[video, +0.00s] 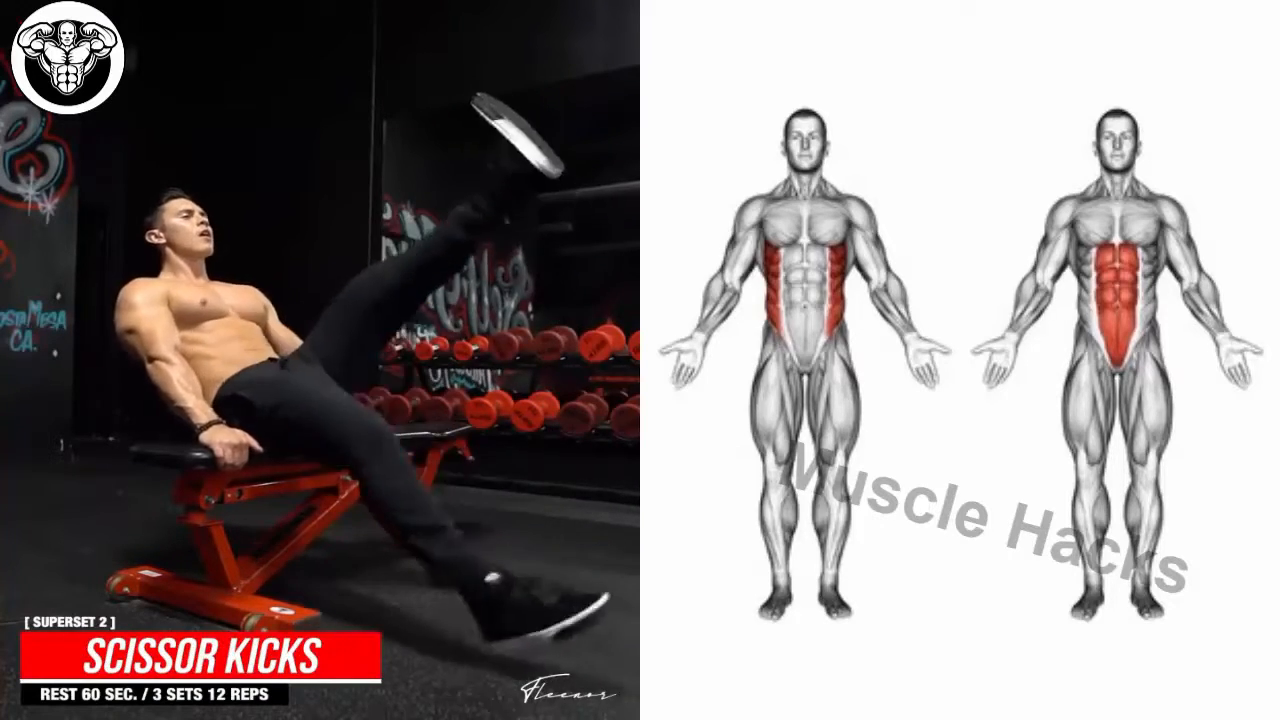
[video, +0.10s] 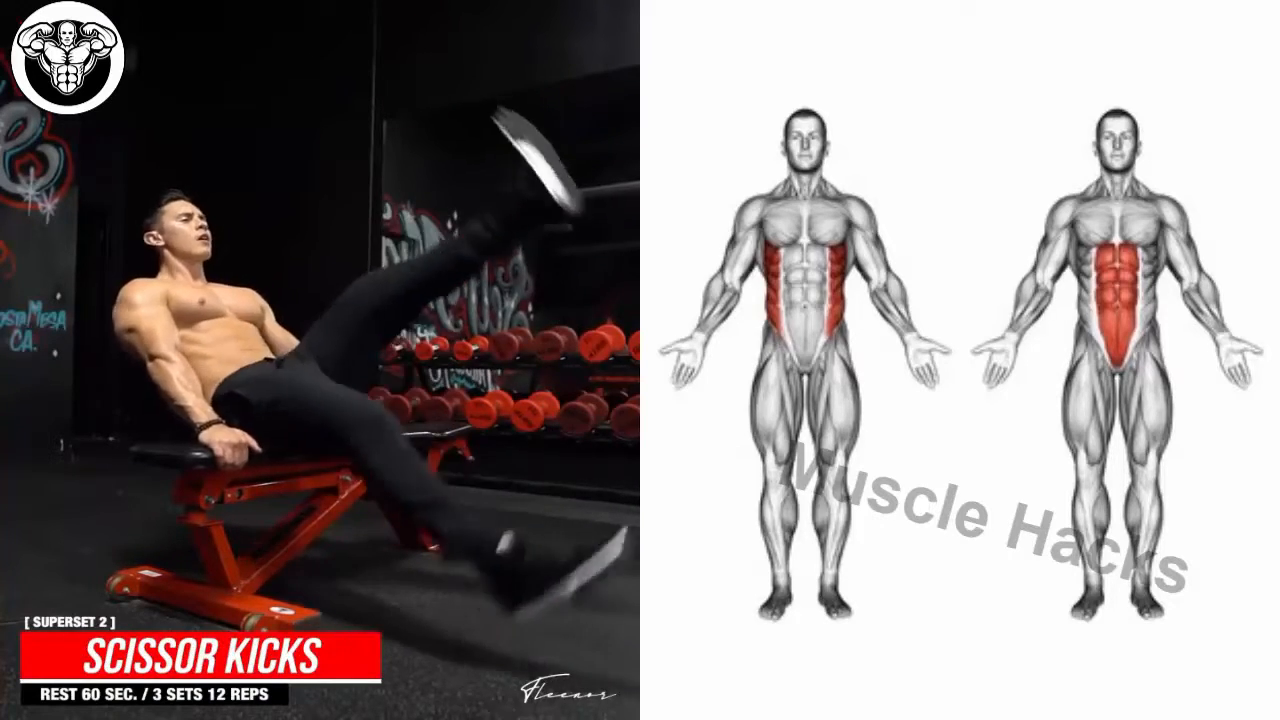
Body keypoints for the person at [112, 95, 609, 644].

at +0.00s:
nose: (203, 221)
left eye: (203, 215)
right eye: (187, 215)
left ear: (206, 235)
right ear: (158, 237)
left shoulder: (246, 294)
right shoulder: (142, 294)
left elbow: (302, 352)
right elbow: (163, 358)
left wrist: (354, 394)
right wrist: (207, 424)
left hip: (302, 370)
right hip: (250, 387)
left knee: (383, 284)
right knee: (371, 438)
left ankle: (502, 188)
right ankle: (490, 591)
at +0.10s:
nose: (202, 226)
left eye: (202, 219)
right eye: (186, 220)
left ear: (203, 237)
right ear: (156, 239)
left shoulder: (246, 297)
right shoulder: (142, 294)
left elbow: (302, 356)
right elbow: (163, 359)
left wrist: (359, 399)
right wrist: (208, 425)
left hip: (297, 373)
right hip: (246, 387)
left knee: (373, 291)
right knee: (368, 419)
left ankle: (520, 214)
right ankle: (501, 561)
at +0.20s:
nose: (200, 235)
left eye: (200, 226)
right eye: (185, 228)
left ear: (202, 238)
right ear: (154, 244)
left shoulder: (241, 299)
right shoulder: (137, 299)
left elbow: (298, 353)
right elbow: (162, 362)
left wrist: (369, 388)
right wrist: (207, 424)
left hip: (294, 377)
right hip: (239, 395)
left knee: (382, 312)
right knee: (368, 383)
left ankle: (539, 285)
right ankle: (534, 461)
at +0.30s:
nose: (201, 241)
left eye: (204, 233)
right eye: (187, 232)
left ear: (207, 243)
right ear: (155, 244)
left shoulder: (244, 299)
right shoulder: (136, 302)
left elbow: (298, 363)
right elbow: (159, 366)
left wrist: (353, 416)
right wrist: (209, 424)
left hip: (294, 394)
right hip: (239, 403)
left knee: (400, 346)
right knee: (367, 350)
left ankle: (566, 362)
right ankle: (560, 354)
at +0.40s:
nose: (207, 242)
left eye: (211, 234)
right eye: (193, 232)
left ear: (215, 243)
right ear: (159, 242)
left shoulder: (247, 297)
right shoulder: (138, 301)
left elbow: (307, 359)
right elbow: (155, 360)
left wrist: (366, 418)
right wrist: (207, 422)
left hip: (306, 402)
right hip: (245, 398)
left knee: (424, 380)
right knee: (347, 312)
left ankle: (577, 475)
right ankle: (500, 243)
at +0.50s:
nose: (214, 243)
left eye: (219, 234)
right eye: (202, 232)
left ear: (222, 238)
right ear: (168, 236)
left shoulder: (247, 293)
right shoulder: (139, 298)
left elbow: (298, 344)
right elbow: (157, 365)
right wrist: (207, 424)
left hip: (305, 394)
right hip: (243, 391)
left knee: (435, 421)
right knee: (342, 285)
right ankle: (472, 186)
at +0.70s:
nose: (216, 243)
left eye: (221, 234)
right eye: (203, 232)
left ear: (225, 239)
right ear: (169, 235)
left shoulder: (248, 294)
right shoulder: (139, 298)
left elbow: (302, 349)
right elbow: (160, 359)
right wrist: (208, 423)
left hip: (302, 399)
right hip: (241, 399)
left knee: (431, 418)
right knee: (335, 295)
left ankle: (514, 576)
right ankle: (472, 250)